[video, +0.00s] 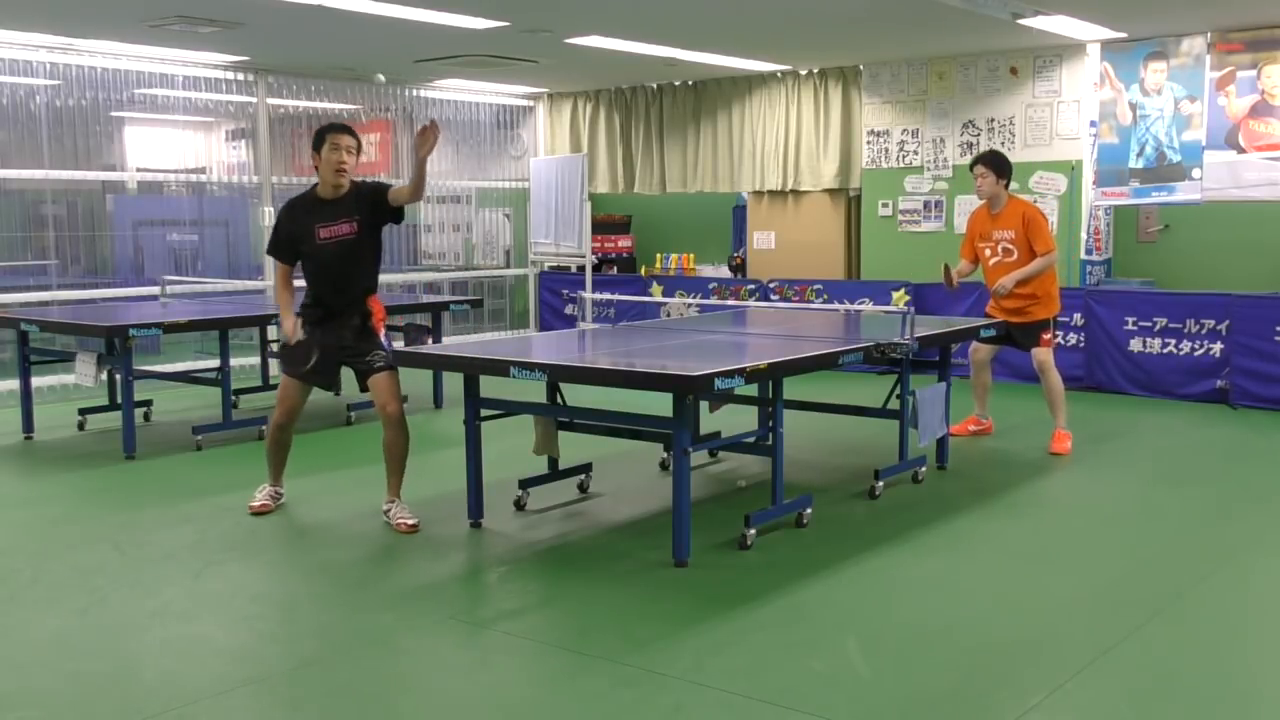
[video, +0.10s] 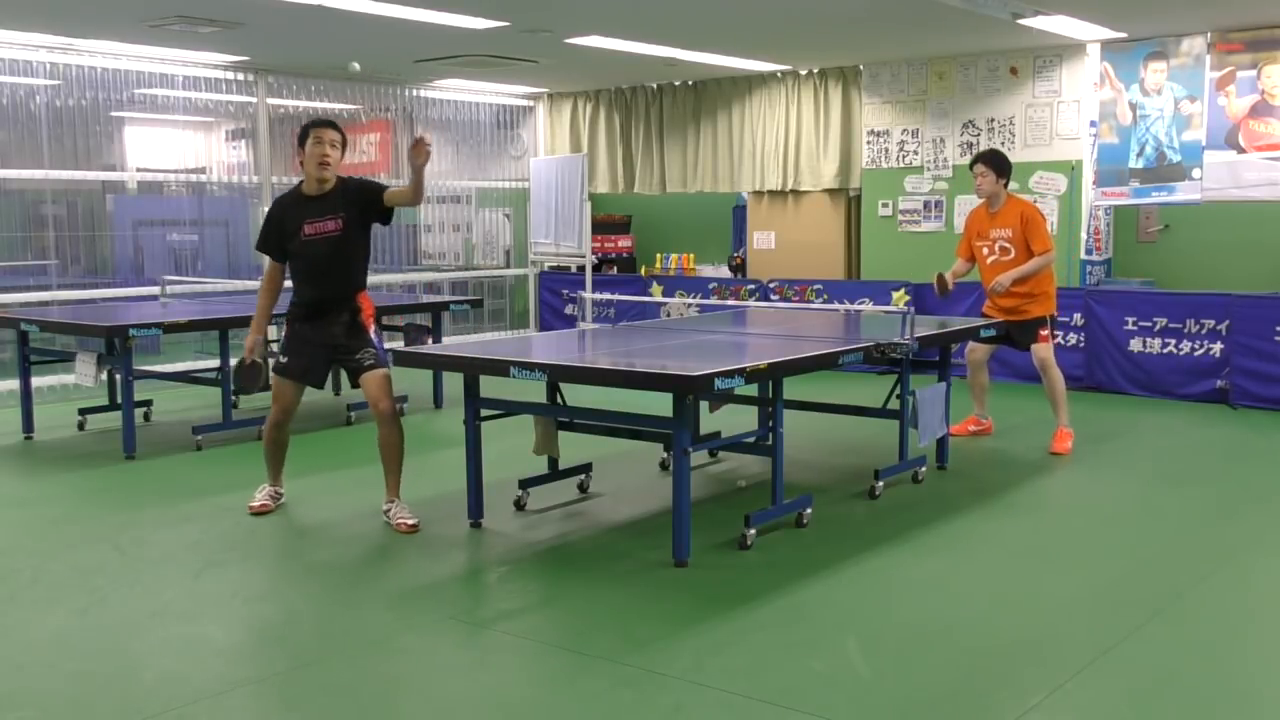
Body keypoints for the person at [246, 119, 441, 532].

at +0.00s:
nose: (344, 159)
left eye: (351, 152)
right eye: (335, 150)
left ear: (357, 160)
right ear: (316, 157)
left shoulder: (370, 196)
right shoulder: (295, 212)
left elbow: (412, 193)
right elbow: (283, 275)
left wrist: (420, 160)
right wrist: (288, 320)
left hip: (363, 320)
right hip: (314, 322)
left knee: (393, 410)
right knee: (282, 418)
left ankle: (394, 501)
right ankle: (274, 487)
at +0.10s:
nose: (327, 151)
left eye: (334, 146)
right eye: (318, 143)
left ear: (343, 157)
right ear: (301, 153)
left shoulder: (359, 193)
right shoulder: (284, 209)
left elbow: (411, 198)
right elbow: (273, 278)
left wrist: (417, 169)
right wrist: (256, 334)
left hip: (354, 318)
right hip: (305, 321)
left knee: (387, 408)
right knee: (278, 416)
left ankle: (394, 501)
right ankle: (273, 486)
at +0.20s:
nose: (314, 150)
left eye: (322, 145)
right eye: (306, 143)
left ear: (331, 157)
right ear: (288, 153)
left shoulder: (347, 193)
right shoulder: (274, 206)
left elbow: (410, 211)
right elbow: (265, 260)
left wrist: (413, 200)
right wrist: (234, 311)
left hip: (341, 318)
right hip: (293, 322)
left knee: (380, 403)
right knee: (273, 416)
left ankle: (393, 500)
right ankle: (273, 486)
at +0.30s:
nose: (307, 161)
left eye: (316, 155)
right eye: (300, 152)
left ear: (325, 165)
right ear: (284, 159)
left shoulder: (341, 201)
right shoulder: (266, 203)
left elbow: (394, 224)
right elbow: (252, 242)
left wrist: (407, 231)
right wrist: (210, 269)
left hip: (333, 320)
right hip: (284, 323)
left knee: (375, 401)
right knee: (268, 417)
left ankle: (391, 499)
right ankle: (273, 487)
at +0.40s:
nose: (314, 192)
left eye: (323, 184)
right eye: (307, 182)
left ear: (333, 185)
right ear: (292, 179)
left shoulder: (343, 218)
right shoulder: (268, 210)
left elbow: (387, 247)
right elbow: (230, 236)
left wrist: (392, 281)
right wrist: (170, 240)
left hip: (328, 326)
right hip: (279, 330)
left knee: (377, 398)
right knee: (265, 430)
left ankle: (366, 491)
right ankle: (274, 488)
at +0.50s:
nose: (338, 236)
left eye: (346, 228)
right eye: (332, 226)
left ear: (353, 222)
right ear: (311, 214)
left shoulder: (354, 247)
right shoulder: (274, 226)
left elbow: (374, 277)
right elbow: (223, 239)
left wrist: (371, 312)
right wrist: (191, 252)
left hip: (325, 338)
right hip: (275, 341)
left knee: (379, 405)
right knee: (266, 446)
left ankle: (330, 482)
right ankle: (276, 488)